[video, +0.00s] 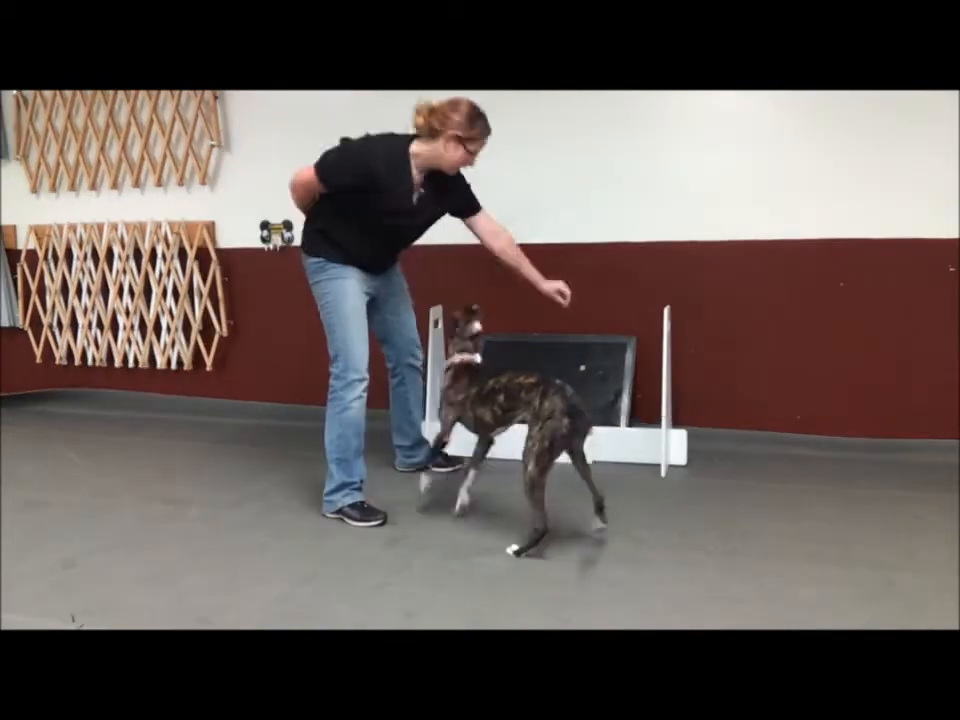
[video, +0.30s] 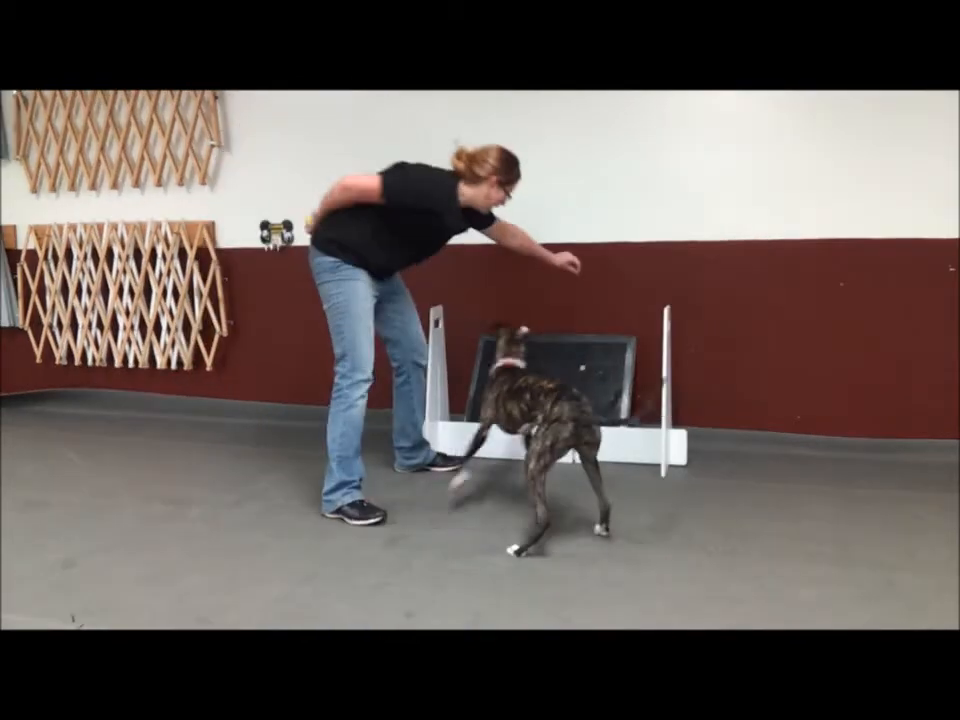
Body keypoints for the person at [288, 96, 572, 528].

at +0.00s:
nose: (472, 161)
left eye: (476, 153)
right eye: (469, 150)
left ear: (453, 142)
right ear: (446, 138)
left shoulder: (449, 183)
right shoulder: (371, 155)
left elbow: (493, 235)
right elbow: (301, 184)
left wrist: (540, 282)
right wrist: (321, 223)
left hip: (383, 266)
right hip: (334, 262)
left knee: (407, 357)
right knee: (352, 370)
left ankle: (413, 453)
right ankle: (343, 495)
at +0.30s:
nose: (504, 199)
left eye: (508, 192)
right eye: (503, 189)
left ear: (488, 181)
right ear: (485, 179)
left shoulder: (468, 210)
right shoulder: (425, 185)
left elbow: (506, 234)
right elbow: (349, 186)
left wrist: (551, 258)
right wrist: (319, 218)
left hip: (382, 270)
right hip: (341, 260)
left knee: (413, 359)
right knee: (356, 372)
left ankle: (412, 454)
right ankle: (340, 495)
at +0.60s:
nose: (507, 201)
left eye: (511, 196)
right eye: (509, 192)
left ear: (493, 181)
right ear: (497, 181)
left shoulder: (469, 203)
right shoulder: (467, 186)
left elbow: (493, 230)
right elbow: (406, 194)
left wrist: (529, 249)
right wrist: (345, 237)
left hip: (396, 263)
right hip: (379, 257)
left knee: (424, 351)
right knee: (388, 363)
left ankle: (415, 453)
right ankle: (332, 478)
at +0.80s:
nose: (504, 171)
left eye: (507, 164)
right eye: (505, 162)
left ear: (484, 151)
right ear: (492, 151)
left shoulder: (454, 168)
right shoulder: (460, 166)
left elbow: (458, 213)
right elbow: (406, 204)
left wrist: (498, 235)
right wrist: (426, 279)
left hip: (380, 251)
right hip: (381, 252)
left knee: (424, 350)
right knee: (440, 348)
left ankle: (418, 454)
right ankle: (380, 448)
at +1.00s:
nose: (506, 188)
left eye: (510, 182)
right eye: (507, 179)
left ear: (486, 167)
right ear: (489, 169)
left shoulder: (450, 177)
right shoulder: (453, 189)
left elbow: (431, 252)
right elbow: (430, 262)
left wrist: (472, 292)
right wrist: (479, 301)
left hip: (376, 261)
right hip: (365, 264)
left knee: (424, 350)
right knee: (434, 350)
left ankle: (416, 454)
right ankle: (379, 421)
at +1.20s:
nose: (488, 250)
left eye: (492, 244)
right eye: (489, 242)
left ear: (473, 225)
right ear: (474, 229)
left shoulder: (442, 217)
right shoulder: (430, 246)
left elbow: (411, 266)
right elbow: (435, 330)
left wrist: (411, 318)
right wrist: (468, 393)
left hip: (382, 277)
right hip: (335, 268)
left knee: (416, 352)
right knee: (365, 363)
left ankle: (417, 455)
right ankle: (326, 484)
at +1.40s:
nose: (420, 312)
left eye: (426, 305)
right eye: (413, 304)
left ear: (435, 285)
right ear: (388, 287)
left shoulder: (413, 259)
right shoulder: (352, 294)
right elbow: (373, 391)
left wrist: (352, 346)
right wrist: (401, 474)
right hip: (293, 287)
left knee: (401, 367)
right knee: (302, 388)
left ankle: (418, 453)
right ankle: (304, 515)